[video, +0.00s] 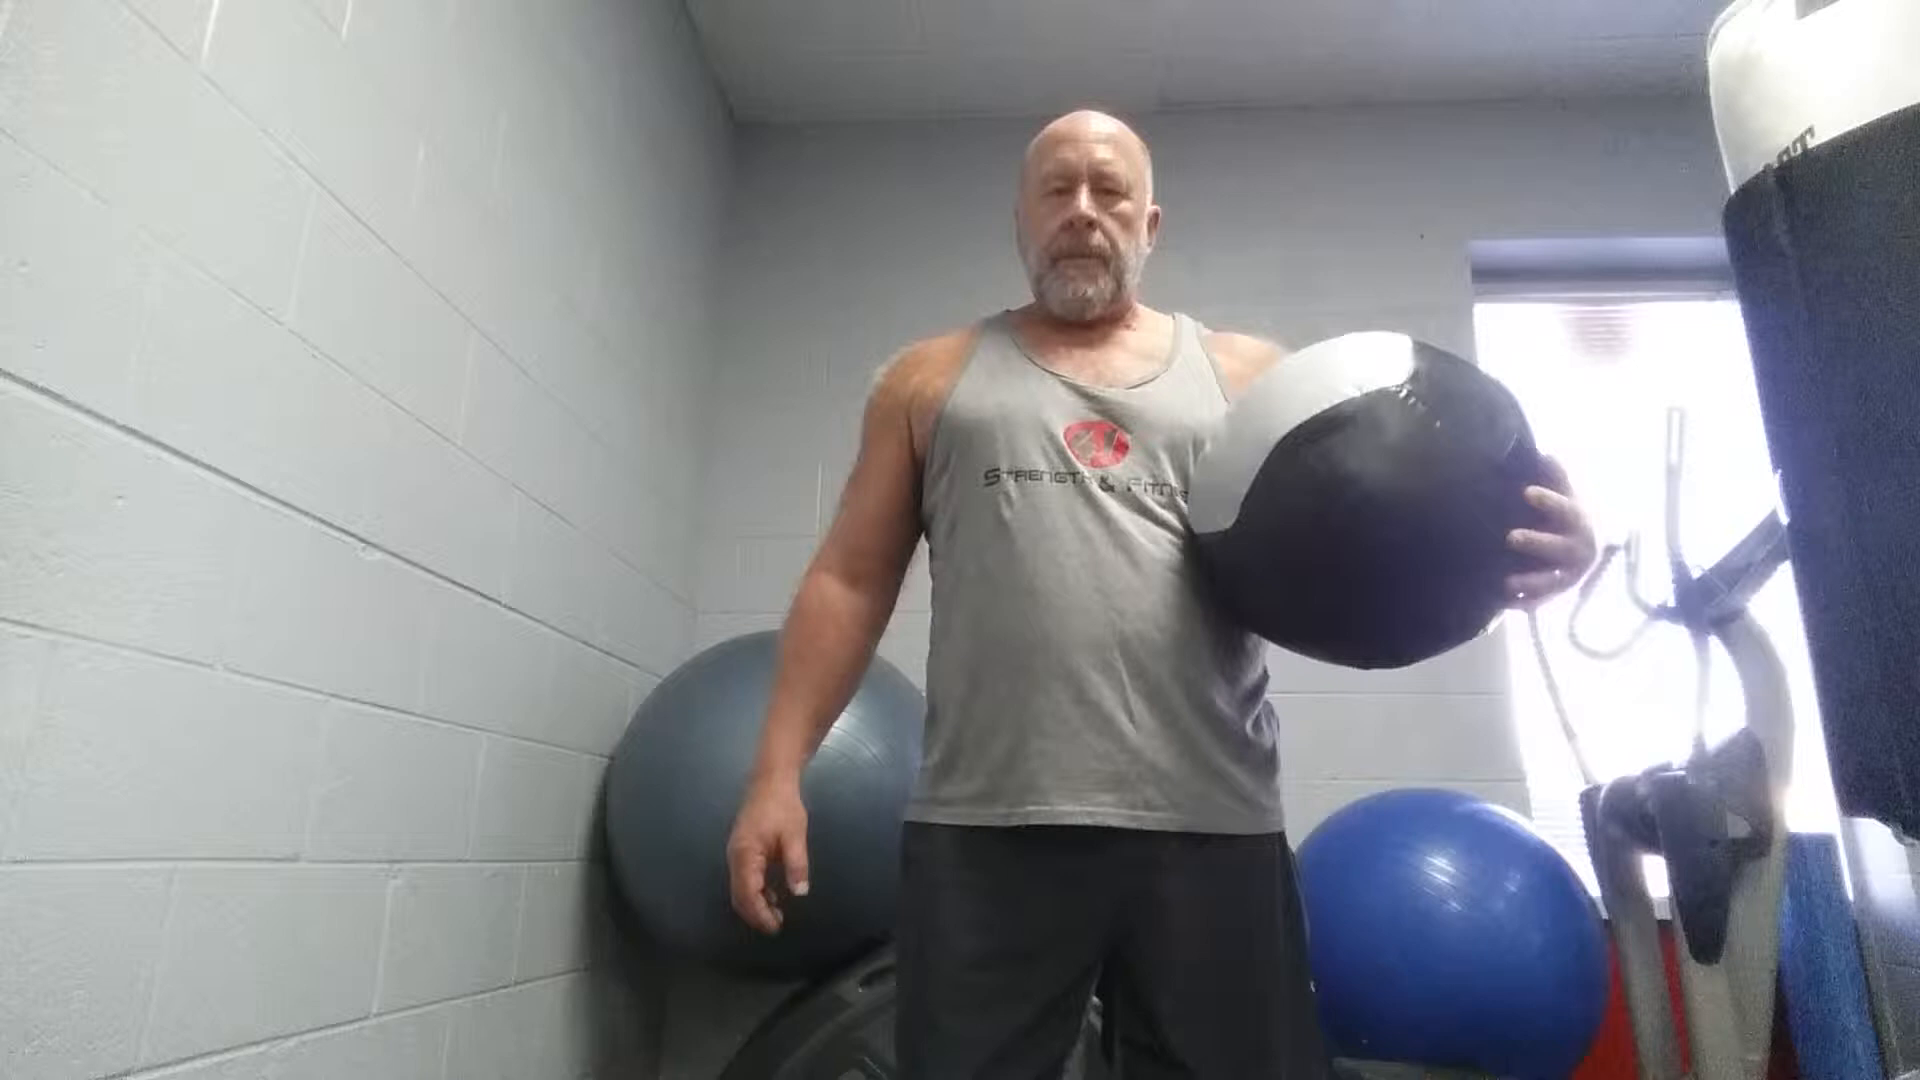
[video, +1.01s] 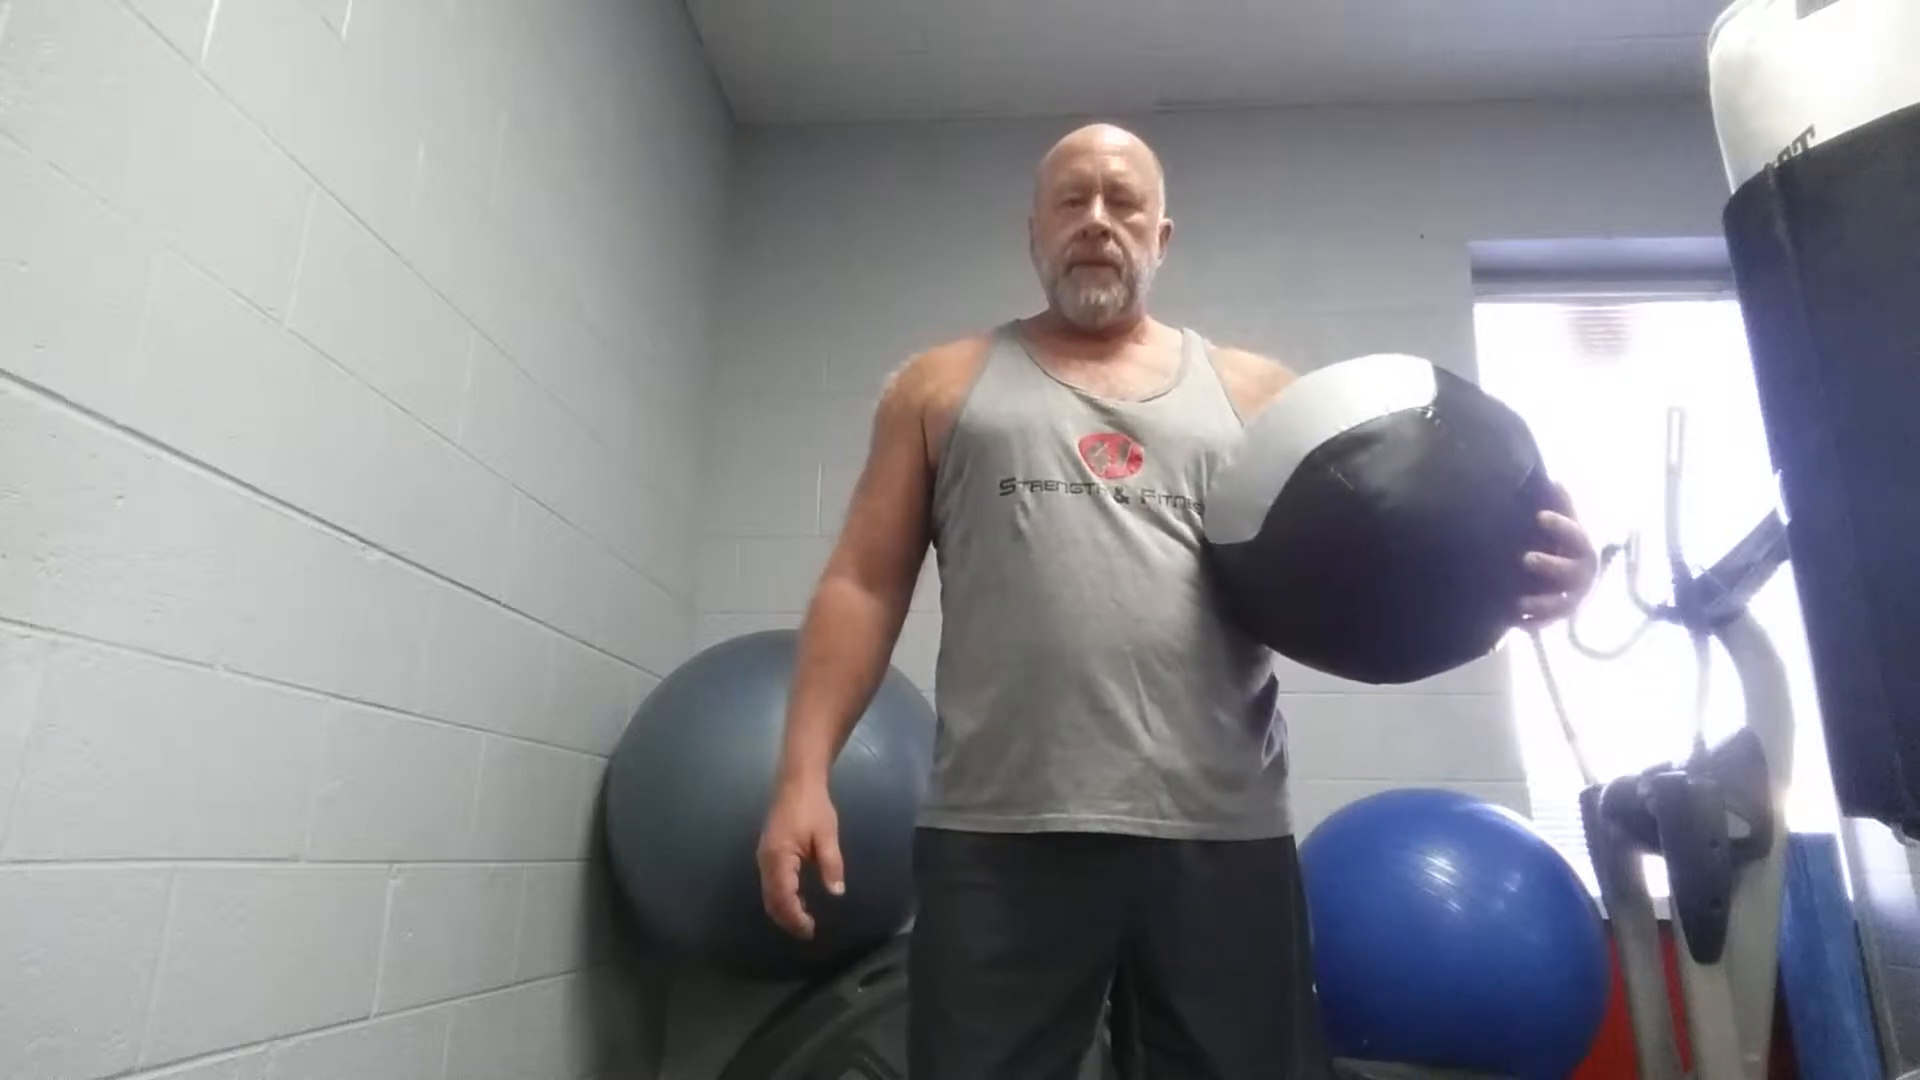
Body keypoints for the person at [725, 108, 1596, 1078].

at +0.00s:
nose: (1080, 209)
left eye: (1108, 190)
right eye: (1055, 189)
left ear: (1152, 222)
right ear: (1021, 222)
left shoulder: (1245, 371)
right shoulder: (930, 379)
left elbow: (1395, 514)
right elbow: (849, 581)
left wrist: (1547, 545)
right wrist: (776, 774)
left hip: (1210, 835)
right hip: (984, 834)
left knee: (1247, 1067)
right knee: (962, 1066)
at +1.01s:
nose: (1096, 220)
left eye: (1123, 202)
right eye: (1071, 200)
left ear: (1163, 236)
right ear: (1033, 230)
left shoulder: (1253, 387)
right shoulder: (942, 385)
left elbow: (1398, 531)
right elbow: (863, 582)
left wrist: (1540, 568)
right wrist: (803, 775)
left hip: (1222, 840)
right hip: (997, 839)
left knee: (1245, 1069)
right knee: (980, 1069)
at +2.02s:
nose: (1083, 204)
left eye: (1110, 186)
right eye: (1057, 187)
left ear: (1158, 224)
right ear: (1026, 226)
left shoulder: (1253, 385)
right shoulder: (940, 380)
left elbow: (1397, 533)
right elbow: (861, 576)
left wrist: (1539, 568)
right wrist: (799, 767)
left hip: (1222, 845)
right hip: (995, 841)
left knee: (1246, 1069)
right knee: (976, 1068)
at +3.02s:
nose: (1080, 212)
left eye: (1107, 190)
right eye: (1054, 190)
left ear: (1152, 215)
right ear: (1018, 215)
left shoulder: (1257, 375)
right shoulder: (936, 384)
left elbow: (1402, 533)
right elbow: (865, 583)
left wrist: (1543, 566)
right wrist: (808, 780)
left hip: (1223, 849)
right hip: (993, 848)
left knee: (1252, 1067)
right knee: (976, 1066)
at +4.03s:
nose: (1096, 203)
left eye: (1126, 186)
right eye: (1072, 180)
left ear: (1163, 224)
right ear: (1033, 210)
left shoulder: (1253, 374)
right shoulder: (936, 373)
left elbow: (1391, 533)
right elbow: (843, 587)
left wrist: (1538, 566)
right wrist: (880, 536)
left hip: (1217, 838)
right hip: (992, 838)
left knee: (1246, 1076)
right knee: (971, 1075)